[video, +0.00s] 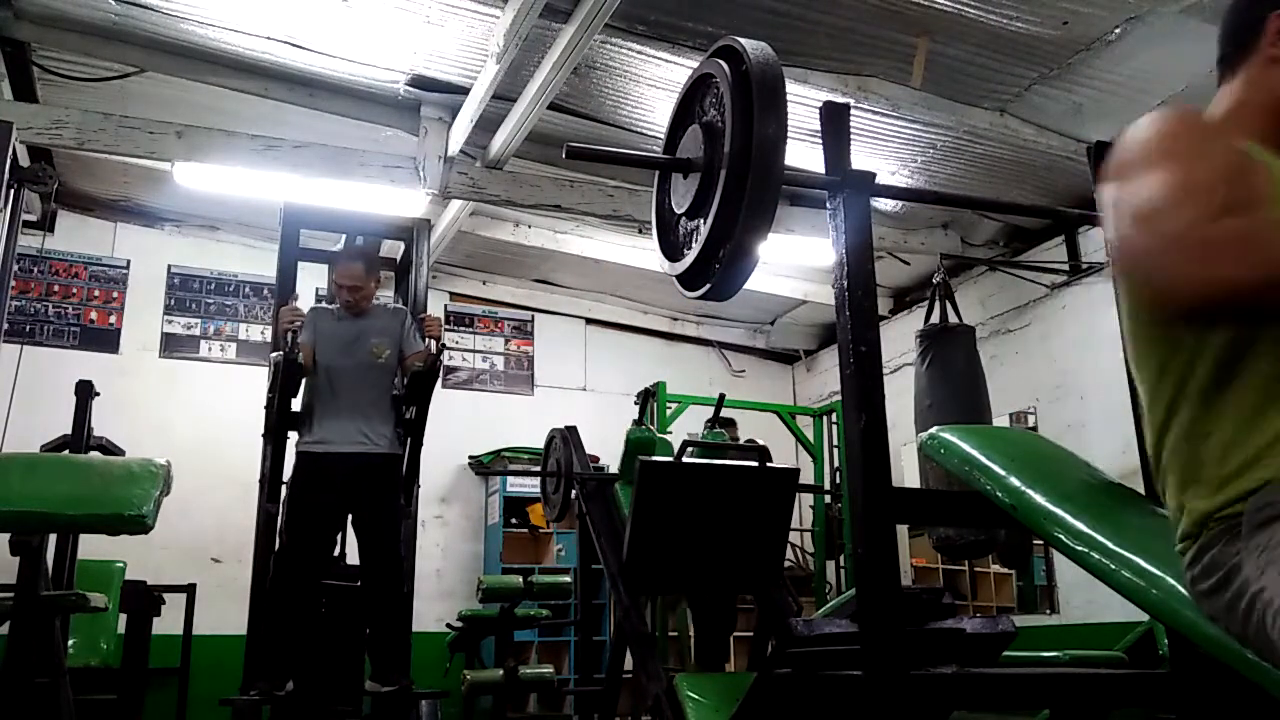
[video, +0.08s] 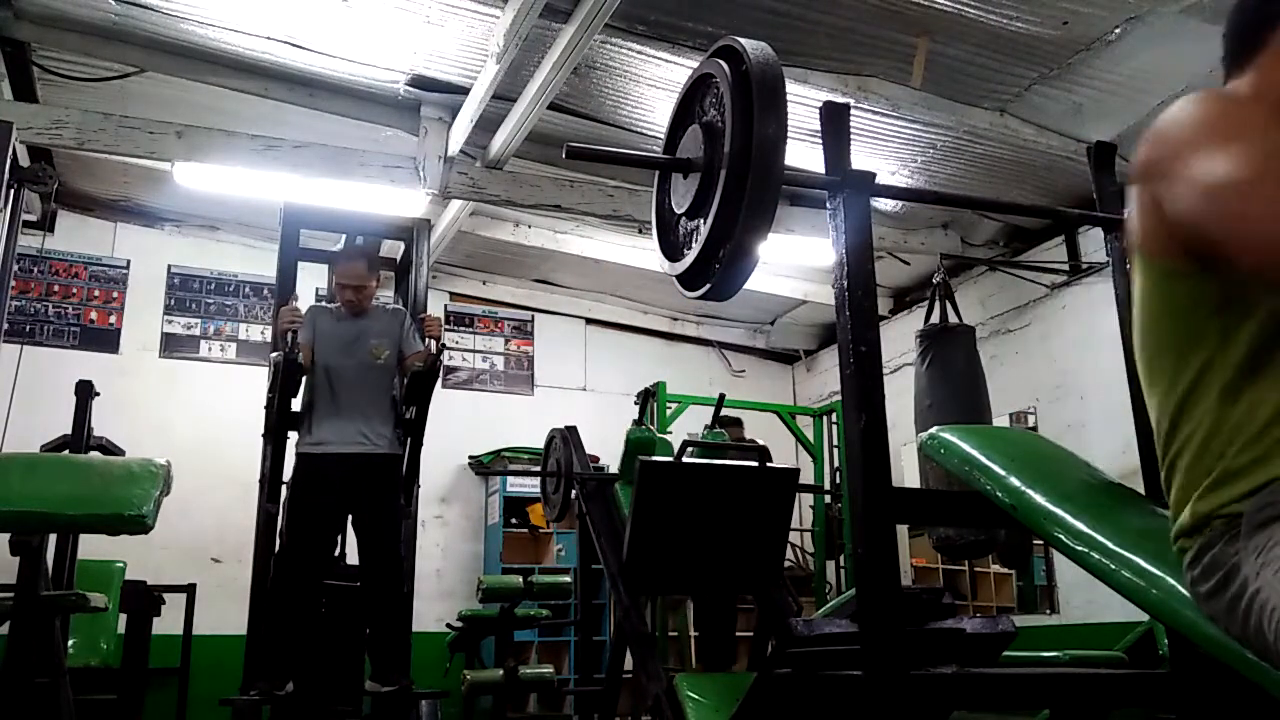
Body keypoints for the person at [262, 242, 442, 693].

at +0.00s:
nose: (346, 297)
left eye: (355, 290)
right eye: (340, 288)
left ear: (376, 283)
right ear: (331, 280)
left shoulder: (397, 319)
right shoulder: (316, 320)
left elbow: (416, 380)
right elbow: (298, 374)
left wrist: (429, 349)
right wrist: (284, 341)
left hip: (377, 458)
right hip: (318, 456)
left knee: (384, 572)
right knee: (297, 567)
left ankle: (387, 673)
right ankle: (279, 673)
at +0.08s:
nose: (349, 298)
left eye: (358, 290)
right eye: (342, 288)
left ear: (377, 283)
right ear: (332, 280)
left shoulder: (396, 319)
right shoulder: (315, 319)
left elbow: (416, 381)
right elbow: (296, 374)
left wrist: (430, 351)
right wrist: (284, 342)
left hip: (377, 458)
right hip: (318, 457)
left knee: (384, 571)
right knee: (299, 566)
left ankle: (387, 673)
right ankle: (281, 673)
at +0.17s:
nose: (354, 294)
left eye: (362, 286)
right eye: (346, 285)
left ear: (378, 281)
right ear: (334, 280)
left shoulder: (396, 318)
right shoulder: (314, 317)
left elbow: (417, 380)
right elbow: (293, 375)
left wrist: (429, 351)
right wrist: (283, 341)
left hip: (377, 457)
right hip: (318, 456)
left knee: (384, 571)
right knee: (299, 565)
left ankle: (387, 673)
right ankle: (280, 673)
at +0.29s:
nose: (361, 293)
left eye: (369, 284)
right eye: (353, 284)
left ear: (381, 283)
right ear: (338, 281)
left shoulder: (395, 319)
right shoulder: (315, 317)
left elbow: (417, 378)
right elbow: (290, 376)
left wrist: (432, 348)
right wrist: (283, 340)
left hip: (377, 459)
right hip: (318, 457)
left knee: (384, 572)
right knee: (299, 568)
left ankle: (386, 673)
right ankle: (282, 672)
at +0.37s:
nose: (364, 292)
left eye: (372, 284)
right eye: (356, 283)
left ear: (382, 284)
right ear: (339, 280)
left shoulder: (395, 320)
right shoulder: (315, 315)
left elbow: (416, 380)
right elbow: (292, 373)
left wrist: (430, 347)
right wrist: (283, 337)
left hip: (378, 458)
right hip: (319, 456)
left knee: (384, 572)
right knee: (300, 566)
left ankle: (387, 672)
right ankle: (282, 672)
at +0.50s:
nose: (368, 292)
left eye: (375, 284)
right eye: (359, 283)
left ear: (383, 283)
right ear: (340, 279)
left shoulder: (394, 320)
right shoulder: (313, 315)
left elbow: (416, 380)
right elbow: (291, 374)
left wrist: (430, 348)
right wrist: (283, 338)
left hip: (378, 459)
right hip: (318, 457)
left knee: (384, 572)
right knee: (297, 566)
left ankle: (387, 673)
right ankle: (280, 672)